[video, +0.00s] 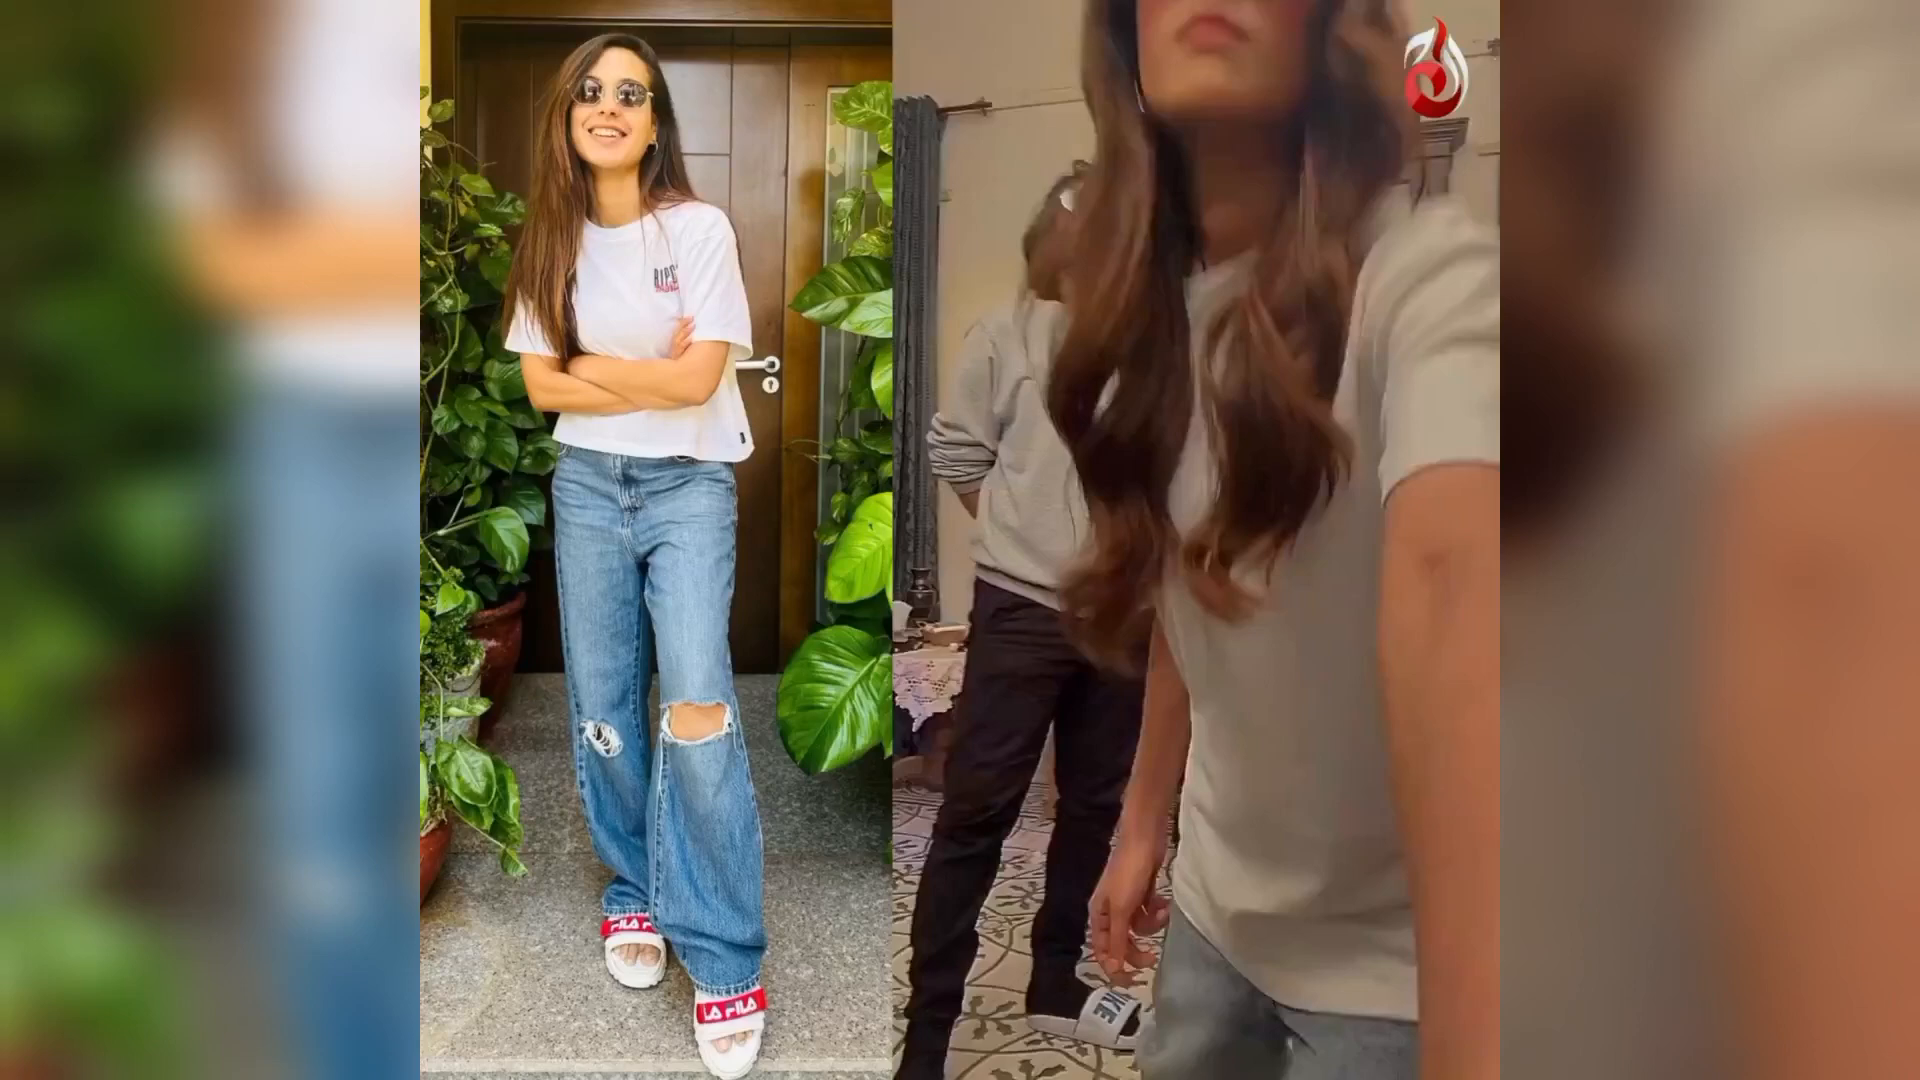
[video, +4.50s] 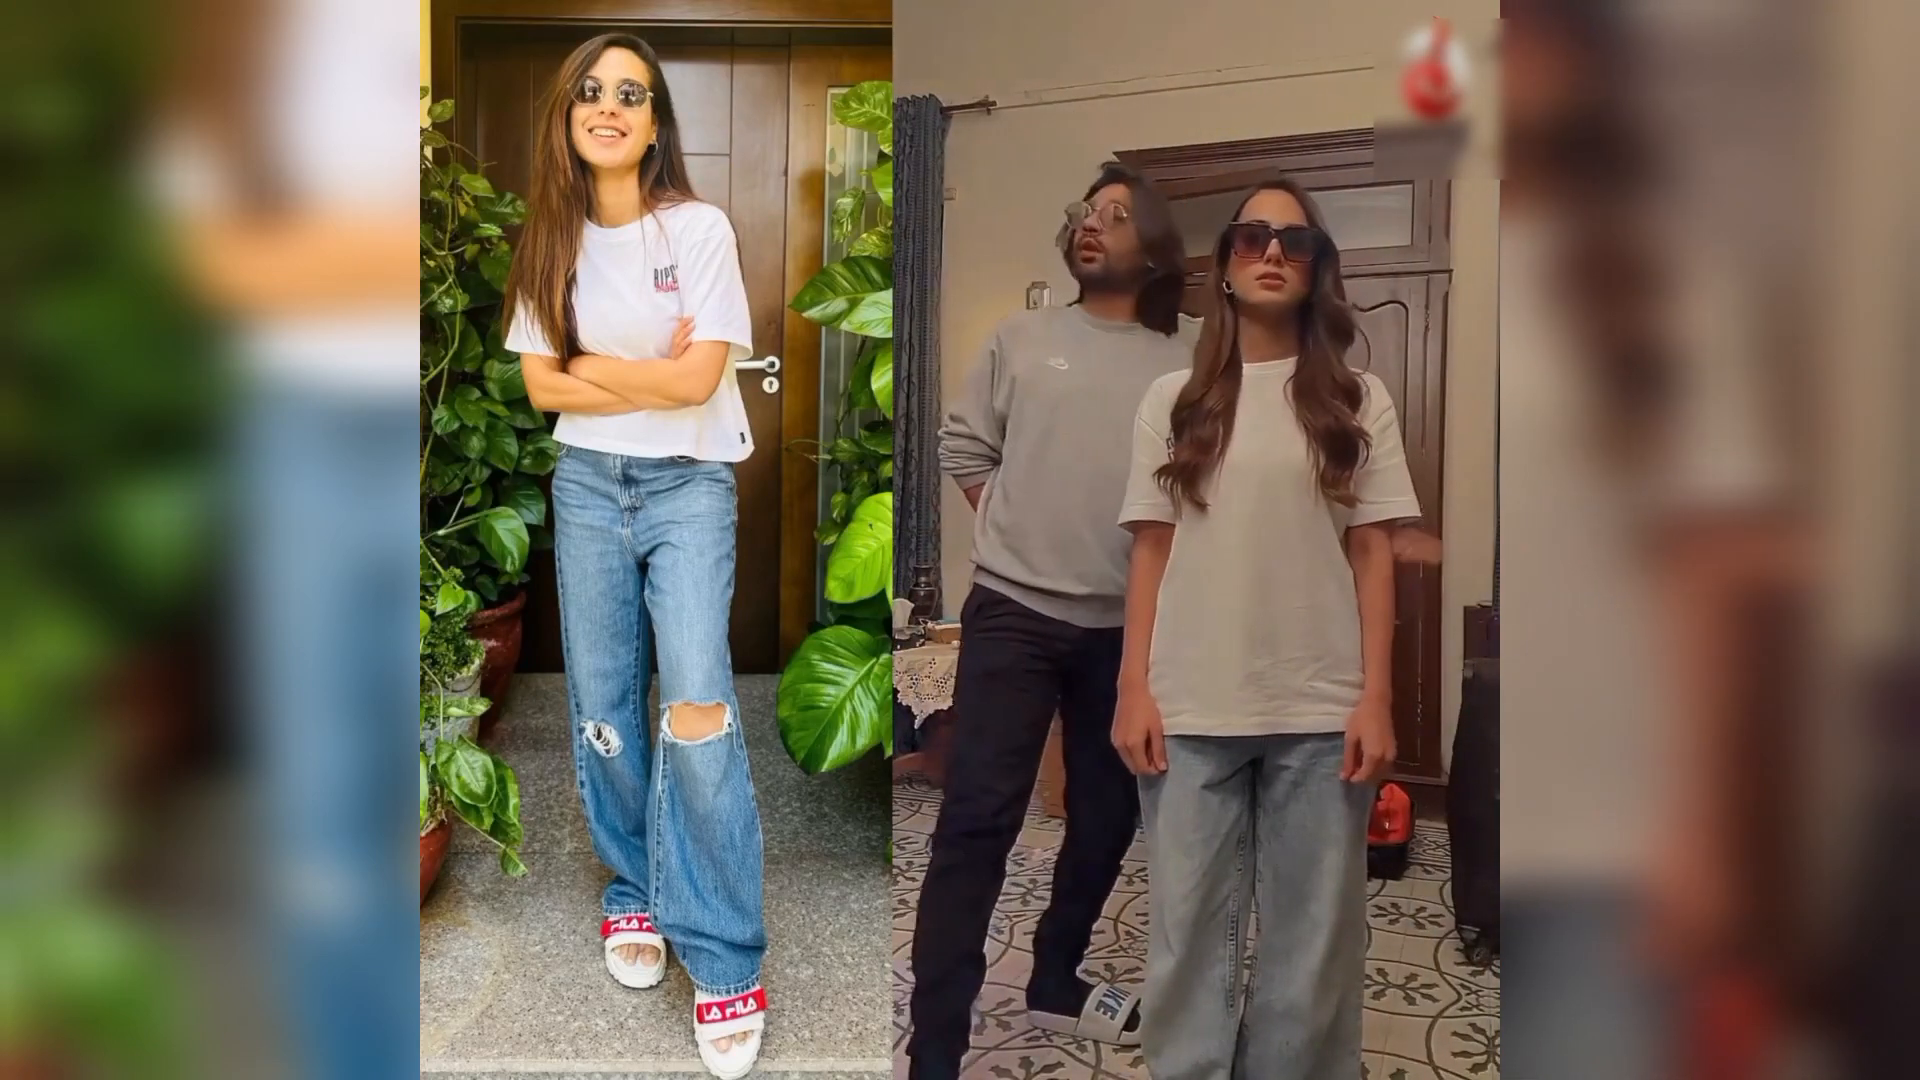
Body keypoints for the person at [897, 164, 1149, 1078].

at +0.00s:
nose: (1088, 232)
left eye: (1104, 216)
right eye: (1074, 212)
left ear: (1134, 240)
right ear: (1044, 233)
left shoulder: (1166, 344)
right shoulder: (1010, 333)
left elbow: (1186, 478)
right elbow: (957, 455)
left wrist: (1115, 534)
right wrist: (1023, 526)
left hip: (1124, 616)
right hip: (1017, 606)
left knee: (1092, 808)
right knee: (975, 812)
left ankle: (1057, 986)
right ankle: (929, 1030)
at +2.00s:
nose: (1114, 218)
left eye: (1122, 207)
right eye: (1091, 206)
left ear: (1134, 239)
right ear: (1050, 233)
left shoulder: (1139, 361)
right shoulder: (1015, 326)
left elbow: (1148, 491)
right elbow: (962, 462)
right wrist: (1010, 556)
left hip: (1119, 604)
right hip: (1026, 595)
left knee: (1100, 805)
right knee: (1000, 810)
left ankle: (1054, 985)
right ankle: (925, 1030)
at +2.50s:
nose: (1100, 186)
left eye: (1096, 170)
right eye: (1073, 168)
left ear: (1088, 192)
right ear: (1009, 192)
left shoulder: (1106, 329)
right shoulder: (955, 333)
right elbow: (908, 516)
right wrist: (951, 591)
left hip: (1107, 620)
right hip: (1002, 622)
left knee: (1092, 816)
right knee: (1011, 866)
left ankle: (1055, 986)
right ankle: (914, 1064)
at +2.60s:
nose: (1085, 209)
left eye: (1081, 189)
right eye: (1062, 191)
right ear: (997, 210)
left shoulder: (1074, 319)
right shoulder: (951, 343)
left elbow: (1139, 312)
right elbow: (918, 526)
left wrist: (1190, 236)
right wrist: (919, 613)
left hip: (1105, 623)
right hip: (1017, 631)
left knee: (1105, 820)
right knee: (1033, 867)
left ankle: (1055, 989)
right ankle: (914, 1065)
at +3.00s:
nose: (1077, 184)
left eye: (1074, 171)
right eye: (1048, 175)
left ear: (1078, 199)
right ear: (998, 209)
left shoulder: (1103, 329)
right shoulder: (992, 323)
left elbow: (1171, 317)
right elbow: (925, 481)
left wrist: (1236, 261)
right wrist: (954, 561)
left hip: (1112, 612)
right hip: (1024, 610)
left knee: (1099, 807)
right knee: (1006, 850)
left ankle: (1055, 987)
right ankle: (910, 1061)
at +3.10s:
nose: (1086, 186)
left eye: (1089, 176)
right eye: (1058, 176)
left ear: (1104, 210)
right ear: (1013, 213)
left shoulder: (1139, 346)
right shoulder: (1010, 316)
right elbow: (941, 462)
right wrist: (976, 559)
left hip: (1115, 610)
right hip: (1024, 603)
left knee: (1089, 812)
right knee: (990, 834)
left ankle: (1056, 987)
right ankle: (912, 1053)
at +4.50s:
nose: (1090, 224)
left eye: (1115, 214)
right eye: (1086, 212)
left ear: (1157, 245)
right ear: (1075, 238)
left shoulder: (1189, 354)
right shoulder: (1022, 336)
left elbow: (1207, 486)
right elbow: (964, 447)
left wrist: (1160, 564)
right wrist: (1016, 530)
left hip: (1127, 623)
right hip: (1012, 612)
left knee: (1105, 817)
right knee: (975, 821)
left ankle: (1057, 979)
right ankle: (934, 1055)